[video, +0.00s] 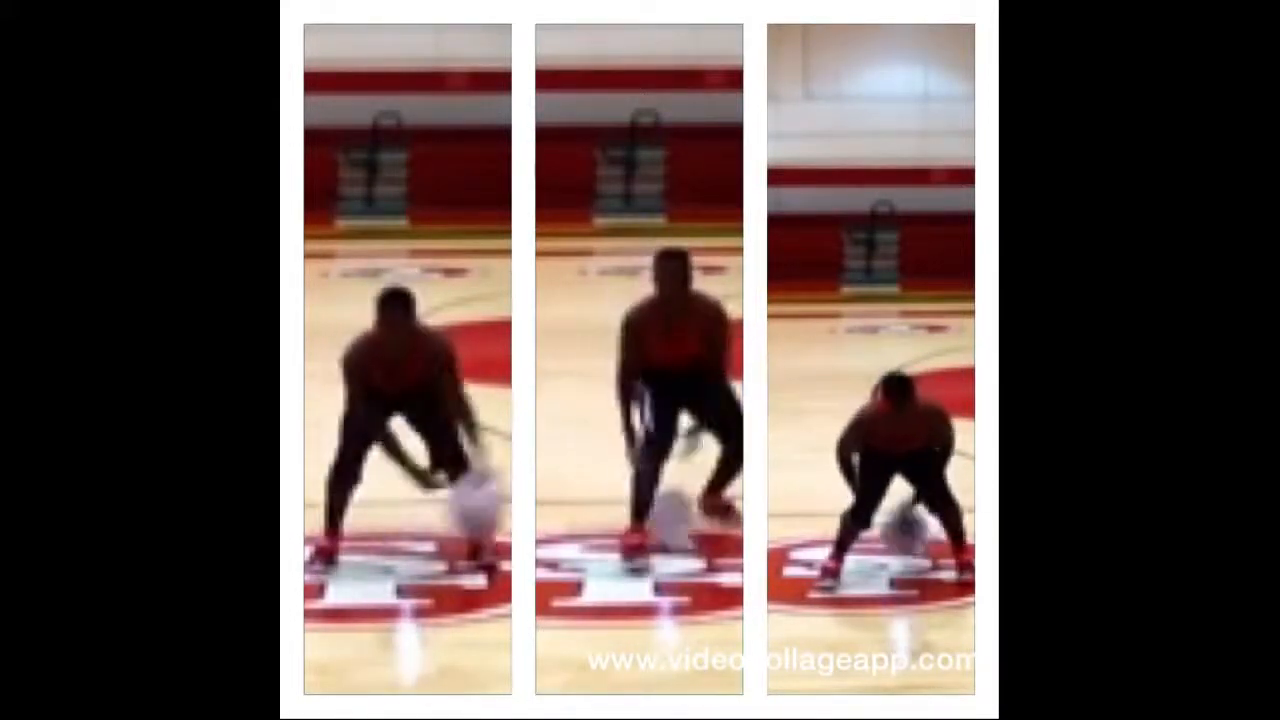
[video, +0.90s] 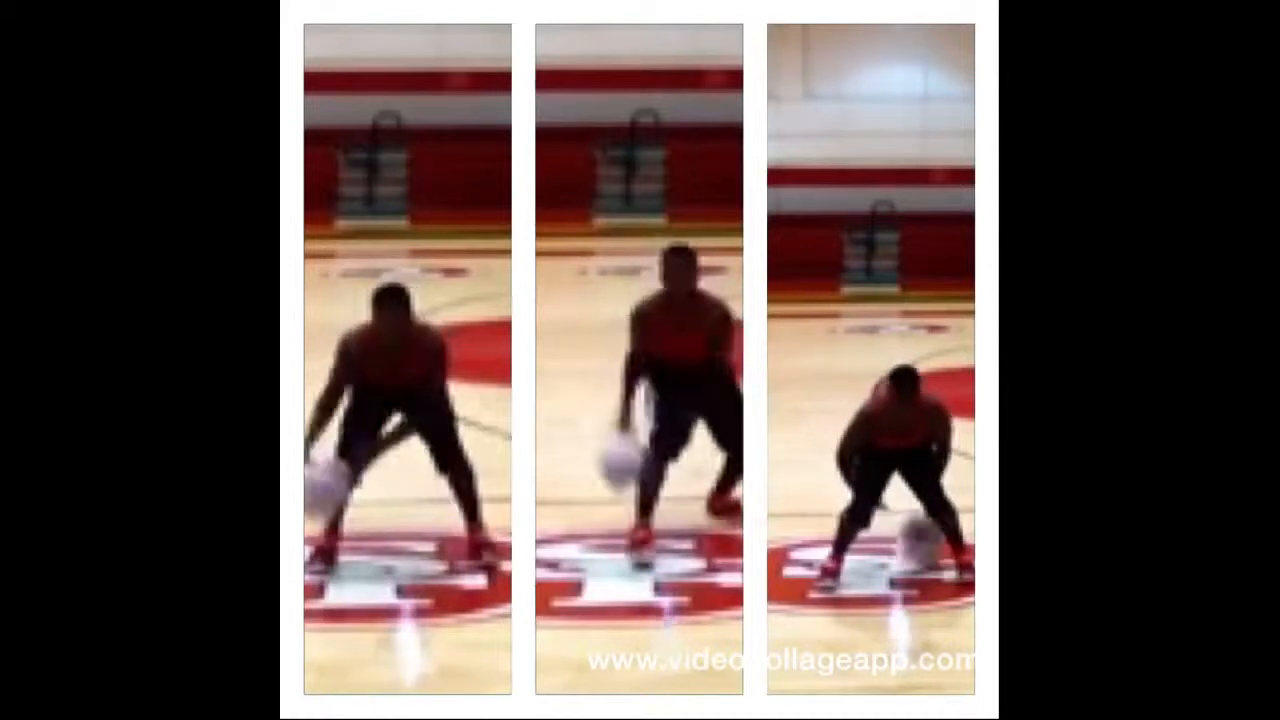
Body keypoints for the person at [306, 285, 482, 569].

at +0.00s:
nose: (395, 336)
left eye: (402, 326)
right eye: (388, 326)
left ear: (413, 320)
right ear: (378, 322)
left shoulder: (435, 347)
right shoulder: (360, 356)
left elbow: (455, 399)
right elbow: (378, 429)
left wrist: (474, 439)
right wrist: (414, 472)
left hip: (421, 400)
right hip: (372, 403)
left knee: (453, 458)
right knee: (345, 468)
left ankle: (479, 538)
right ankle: (330, 539)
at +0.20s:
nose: (398, 332)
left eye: (405, 322)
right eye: (391, 322)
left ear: (415, 317)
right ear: (380, 318)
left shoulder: (437, 346)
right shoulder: (358, 351)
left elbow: (446, 406)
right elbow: (357, 417)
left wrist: (445, 459)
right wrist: (377, 469)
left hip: (419, 396)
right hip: (371, 400)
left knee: (453, 457)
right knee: (347, 465)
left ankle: (476, 532)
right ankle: (330, 538)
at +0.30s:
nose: (393, 331)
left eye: (400, 322)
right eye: (386, 323)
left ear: (409, 319)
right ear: (374, 320)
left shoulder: (427, 348)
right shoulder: (353, 352)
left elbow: (412, 417)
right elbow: (329, 406)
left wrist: (373, 456)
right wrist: (306, 454)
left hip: (420, 398)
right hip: (371, 399)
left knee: (454, 461)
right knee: (345, 466)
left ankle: (476, 533)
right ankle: (326, 545)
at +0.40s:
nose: (391, 332)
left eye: (397, 323)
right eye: (384, 323)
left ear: (408, 318)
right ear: (373, 319)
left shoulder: (428, 347)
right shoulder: (354, 348)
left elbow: (423, 403)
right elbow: (329, 398)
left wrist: (375, 447)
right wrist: (304, 439)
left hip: (422, 396)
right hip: (373, 397)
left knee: (452, 460)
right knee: (346, 462)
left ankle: (476, 532)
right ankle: (329, 541)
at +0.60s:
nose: (403, 332)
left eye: (409, 323)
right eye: (396, 323)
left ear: (419, 320)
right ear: (385, 322)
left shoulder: (438, 343)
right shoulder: (367, 356)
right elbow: (380, 419)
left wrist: (508, 420)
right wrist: (428, 451)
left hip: (422, 398)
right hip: (373, 403)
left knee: (459, 461)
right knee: (346, 471)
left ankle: (477, 534)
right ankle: (330, 540)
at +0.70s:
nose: (403, 333)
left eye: (409, 323)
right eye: (396, 324)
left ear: (419, 319)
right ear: (385, 321)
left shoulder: (438, 343)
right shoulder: (365, 357)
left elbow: (477, 384)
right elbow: (379, 426)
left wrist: (507, 422)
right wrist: (425, 468)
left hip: (420, 394)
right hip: (373, 400)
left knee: (457, 460)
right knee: (350, 467)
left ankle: (477, 532)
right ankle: (330, 538)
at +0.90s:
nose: (392, 330)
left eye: (399, 321)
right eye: (385, 321)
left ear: (409, 317)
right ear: (375, 317)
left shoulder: (430, 344)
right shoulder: (356, 345)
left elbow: (420, 417)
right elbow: (332, 394)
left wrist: (376, 450)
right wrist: (308, 441)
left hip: (422, 396)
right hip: (372, 397)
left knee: (454, 463)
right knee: (348, 461)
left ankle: (476, 534)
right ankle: (329, 540)